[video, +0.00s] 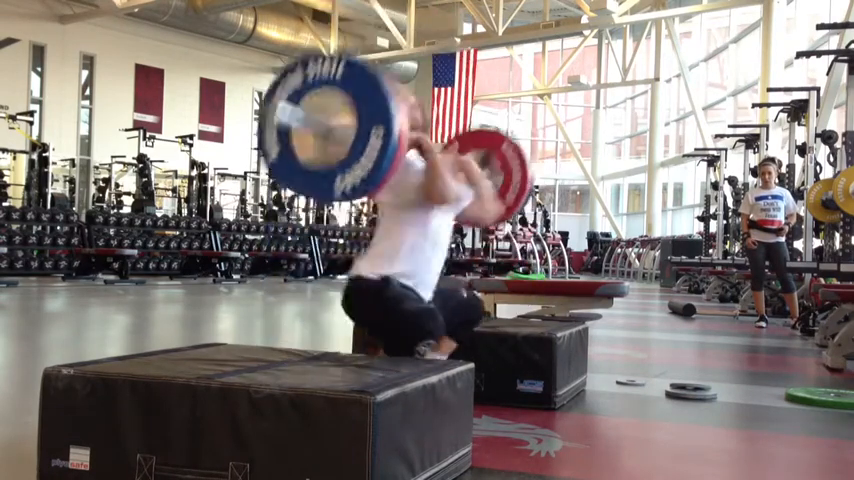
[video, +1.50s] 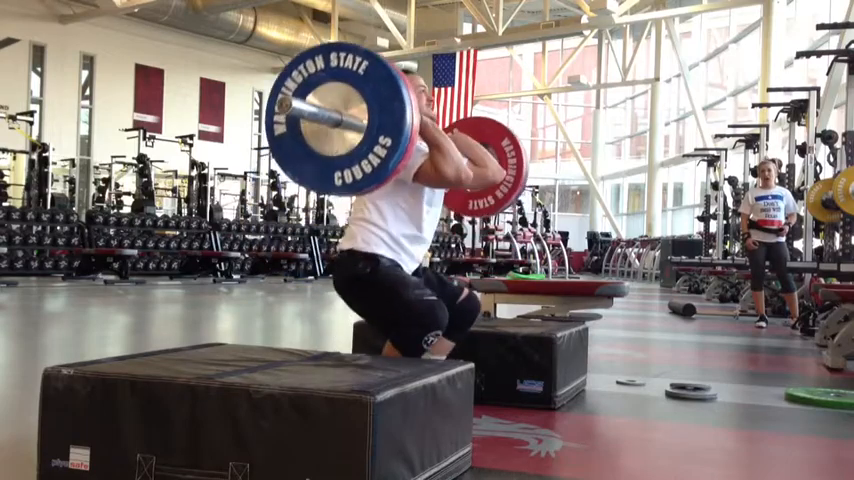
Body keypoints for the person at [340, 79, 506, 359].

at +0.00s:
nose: (414, 104)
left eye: (412, 99)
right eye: (402, 102)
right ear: (387, 116)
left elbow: (489, 212)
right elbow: (440, 195)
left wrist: (471, 169)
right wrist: (430, 150)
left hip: (418, 292)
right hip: (374, 285)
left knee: (471, 307)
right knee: (426, 324)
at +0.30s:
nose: (422, 165)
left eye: (419, 158)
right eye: (413, 159)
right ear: (390, 170)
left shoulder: (421, 220)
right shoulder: (384, 215)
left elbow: (483, 244)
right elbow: (438, 253)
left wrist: (453, 208)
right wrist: (412, 197)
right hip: (344, 322)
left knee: (449, 298)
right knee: (399, 305)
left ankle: (427, 375)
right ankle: (371, 388)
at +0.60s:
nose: (421, 161)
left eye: (418, 156)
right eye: (411, 156)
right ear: (389, 171)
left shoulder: (417, 217)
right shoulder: (383, 213)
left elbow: (485, 242)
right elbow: (441, 248)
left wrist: (455, 206)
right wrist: (411, 195)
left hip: (405, 316)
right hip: (358, 322)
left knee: (464, 305)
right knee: (423, 317)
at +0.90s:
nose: (433, 134)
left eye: (428, 128)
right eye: (422, 128)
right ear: (401, 143)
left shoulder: (421, 190)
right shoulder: (389, 183)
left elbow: (491, 215)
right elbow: (446, 223)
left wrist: (458, 177)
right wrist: (420, 168)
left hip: (400, 294)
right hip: (355, 296)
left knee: (465, 308)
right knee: (426, 316)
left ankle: (419, 390)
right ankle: (380, 392)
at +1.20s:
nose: (433, 110)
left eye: (431, 105)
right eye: (424, 104)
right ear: (401, 111)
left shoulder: (432, 165)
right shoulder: (393, 153)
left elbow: (496, 189)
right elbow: (453, 197)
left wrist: (466, 157)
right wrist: (428, 143)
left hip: (404, 275)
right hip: (362, 273)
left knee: (468, 310)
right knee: (423, 316)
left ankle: (420, 388)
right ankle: (378, 391)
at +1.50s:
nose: (427, 97)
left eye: (426, 91)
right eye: (418, 91)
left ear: (428, 98)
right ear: (398, 99)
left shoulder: (428, 152)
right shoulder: (391, 139)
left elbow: (494, 173)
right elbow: (455, 175)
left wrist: (453, 136)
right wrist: (424, 122)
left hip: (403, 266)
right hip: (364, 262)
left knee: (465, 306)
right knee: (425, 315)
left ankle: (418, 386)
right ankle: (378, 392)